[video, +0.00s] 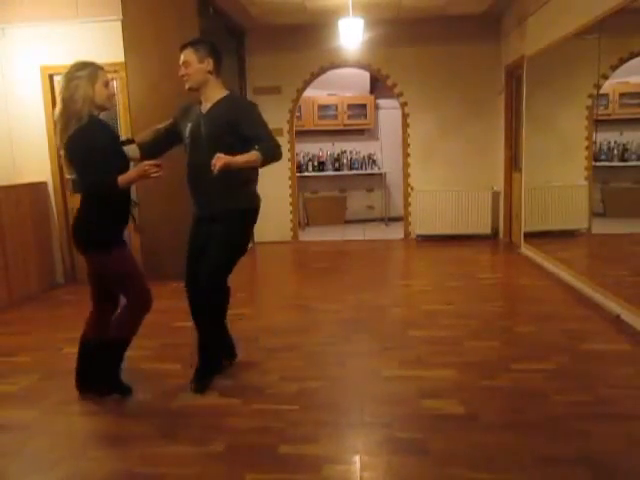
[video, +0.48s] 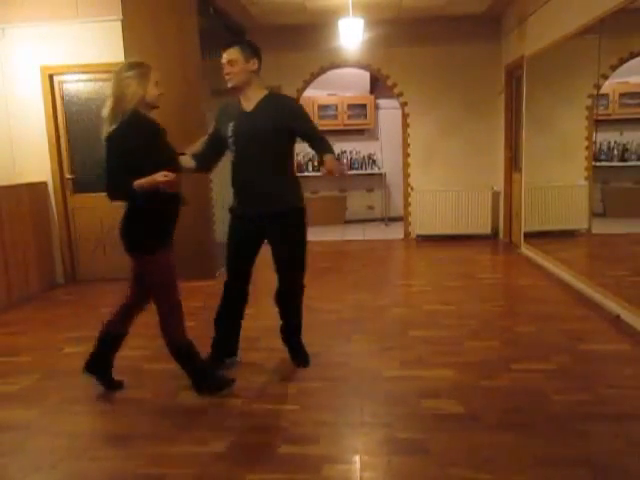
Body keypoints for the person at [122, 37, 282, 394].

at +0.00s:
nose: (181, 72)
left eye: (187, 65)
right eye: (180, 66)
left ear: (209, 65)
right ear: (197, 69)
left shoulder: (237, 106)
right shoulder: (190, 112)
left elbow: (272, 150)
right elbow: (155, 145)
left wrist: (235, 160)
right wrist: (114, 149)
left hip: (237, 211)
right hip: (205, 211)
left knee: (209, 281)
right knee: (195, 282)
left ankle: (207, 364)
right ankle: (221, 346)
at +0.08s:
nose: (187, 73)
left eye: (192, 66)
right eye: (186, 67)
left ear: (214, 67)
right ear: (202, 70)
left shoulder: (243, 108)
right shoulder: (194, 113)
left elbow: (280, 152)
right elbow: (161, 145)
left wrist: (244, 161)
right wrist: (122, 151)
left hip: (241, 209)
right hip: (210, 209)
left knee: (217, 278)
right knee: (197, 282)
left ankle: (227, 356)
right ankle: (214, 354)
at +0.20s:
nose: (198, 73)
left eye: (204, 66)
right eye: (197, 68)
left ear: (227, 67)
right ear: (210, 72)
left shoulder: (257, 109)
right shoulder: (203, 117)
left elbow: (295, 153)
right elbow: (165, 153)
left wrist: (270, 162)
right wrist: (122, 157)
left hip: (252, 209)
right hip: (219, 210)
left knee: (238, 283)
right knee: (210, 288)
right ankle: (221, 354)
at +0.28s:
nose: (205, 72)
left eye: (211, 65)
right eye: (204, 67)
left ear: (232, 67)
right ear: (219, 71)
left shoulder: (263, 108)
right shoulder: (209, 118)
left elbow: (303, 151)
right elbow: (172, 155)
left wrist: (289, 160)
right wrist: (129, 158)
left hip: (259, 212)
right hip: (225, 213)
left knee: (257, 292)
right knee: (217, 291)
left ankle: (290, 334)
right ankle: (222, 355)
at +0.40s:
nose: (218, 71)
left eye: (224, 64)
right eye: (217, 65)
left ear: (247, 65)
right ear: (219, 71)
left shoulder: (278, 106)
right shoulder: (222, 115)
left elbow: (317, 148)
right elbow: (192, 159)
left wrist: (318, 159)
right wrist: (151, 160)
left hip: (279, 210)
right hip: (240, 212)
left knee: (284, 285)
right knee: (231, 287)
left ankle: (292, 338)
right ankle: (223, 356)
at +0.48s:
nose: (225, 70)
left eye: (232, 63)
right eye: (224, 65)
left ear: (253, 65)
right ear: (225, 69)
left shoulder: (284, 105)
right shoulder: (228, 111)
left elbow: (314, 136)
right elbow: (206, 158)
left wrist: (327, 156)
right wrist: (177, 160)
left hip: (286, 208)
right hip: (246, 210)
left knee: (292, 281)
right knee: (235, 283)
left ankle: (293, 338)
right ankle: (223, 350)